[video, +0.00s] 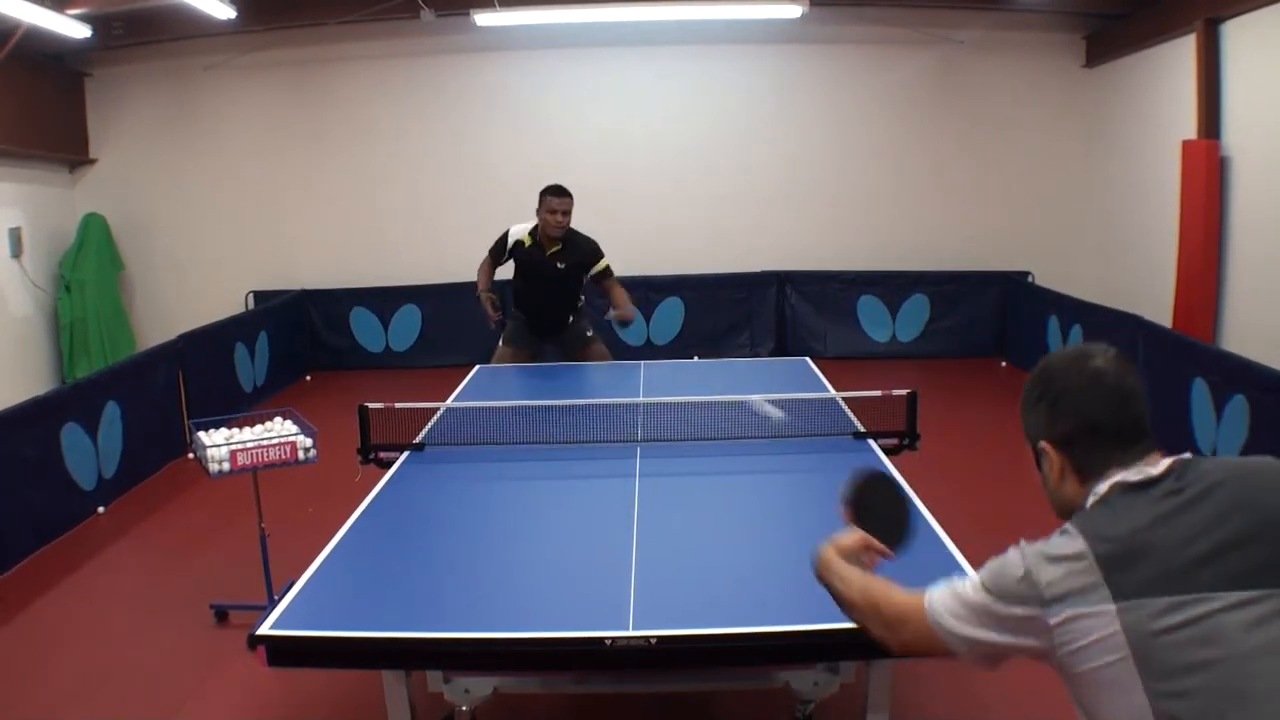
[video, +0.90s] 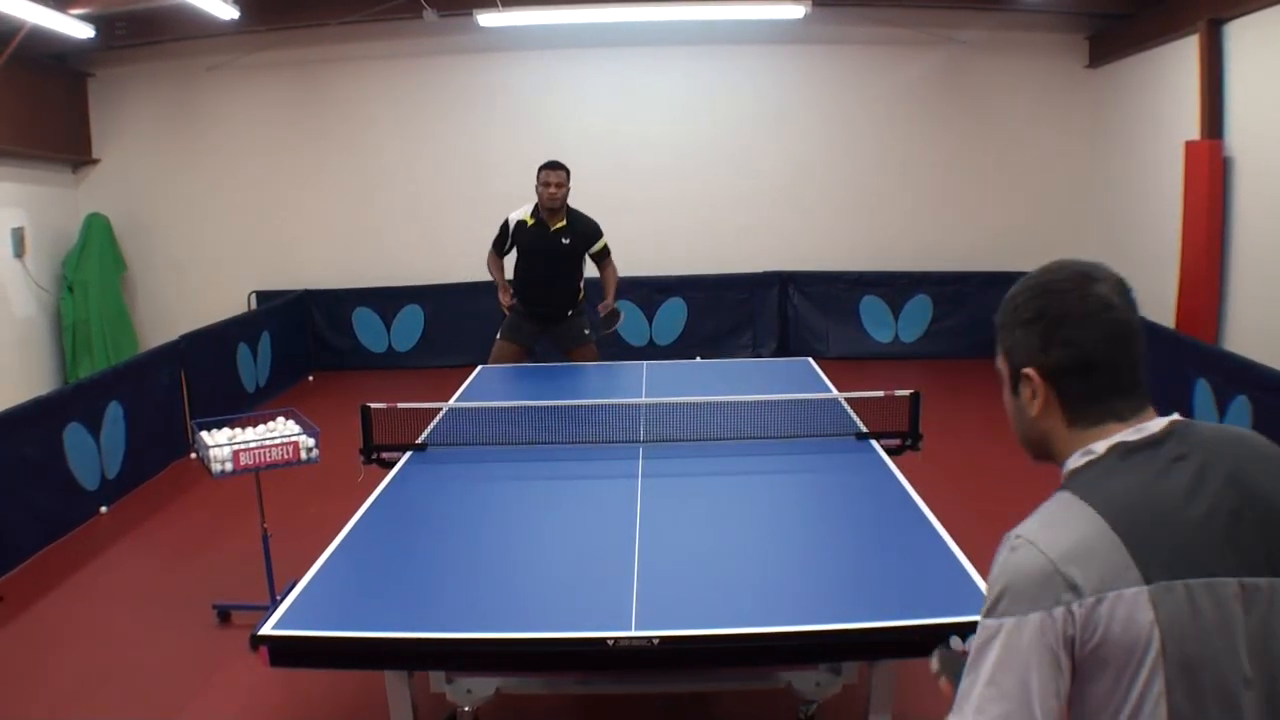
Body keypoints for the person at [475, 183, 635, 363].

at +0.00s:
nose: (559, 220)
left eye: (565, 214)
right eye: (552, 213)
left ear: (571, 215)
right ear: (538, 213)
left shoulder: (584, 247)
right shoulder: (517, 237)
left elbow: (610, 283)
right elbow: (489, 264)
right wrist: (483, 293)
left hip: (570, 323)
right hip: (525, 322)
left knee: (608, 375)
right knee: (497, 379)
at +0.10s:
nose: (549, 241)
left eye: (555, 235)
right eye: (542, 234)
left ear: (562, 235)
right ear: (530, 233)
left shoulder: (577, 266)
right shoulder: (514, 254)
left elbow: (608, 302)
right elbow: (481, 270)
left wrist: (605, 339)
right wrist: (471, 302)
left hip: (567, 342)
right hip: (523, 338)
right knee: (498, 382)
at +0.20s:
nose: (537, 261)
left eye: (543, 255)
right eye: (530, 254)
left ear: (551, 253)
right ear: (520, 251)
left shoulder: (567, 278)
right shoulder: (508, 265)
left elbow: (603, 320)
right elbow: (467, 278)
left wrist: (571, 349)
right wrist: (461, 304)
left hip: (569, 345)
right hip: (526, 342)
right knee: (492, 380)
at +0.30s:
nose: (520, 262)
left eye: (527, 256)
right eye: (514, 256)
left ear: (539, 250)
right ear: (507, 250)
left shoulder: (555, 267)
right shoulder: (502, 259)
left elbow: (574, 302)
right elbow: (458, 279)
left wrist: (541, 323)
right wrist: (473, 282)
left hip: (568, 335)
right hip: (528, 333)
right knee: (491, 375)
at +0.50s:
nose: (516, 216)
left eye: (522, 209)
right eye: (509, 210)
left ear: (533, 210)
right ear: (502, 211)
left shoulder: (554, 232)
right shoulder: (496, 236)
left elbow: (590, 246)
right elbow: (469, 260)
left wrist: (612, 259)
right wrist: (462, 276)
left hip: (561, 314)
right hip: (520, 315)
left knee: (594, 374)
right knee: (493, 376)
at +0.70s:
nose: (536, 199)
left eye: (542, 193)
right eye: (529, 193)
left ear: (551, 195)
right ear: (520, 197)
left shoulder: (572, 227)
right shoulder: (507, 232)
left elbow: (608, 251)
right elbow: (494, 264)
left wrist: (627, 271)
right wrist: (491, 292)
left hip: (567, 316)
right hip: (524, 318)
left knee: (595, 375)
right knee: (499, 378)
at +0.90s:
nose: (553, 191)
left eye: (559, 186)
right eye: (546, 185)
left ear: (568, 190)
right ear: (536, 188)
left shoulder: (584, 227)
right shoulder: (517, 222)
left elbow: (606, 265)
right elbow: (494, 255)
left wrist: (609, 298)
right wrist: (501, 284)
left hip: (569, 316)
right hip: (524, 313)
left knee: (594, 379)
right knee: (495, 377)